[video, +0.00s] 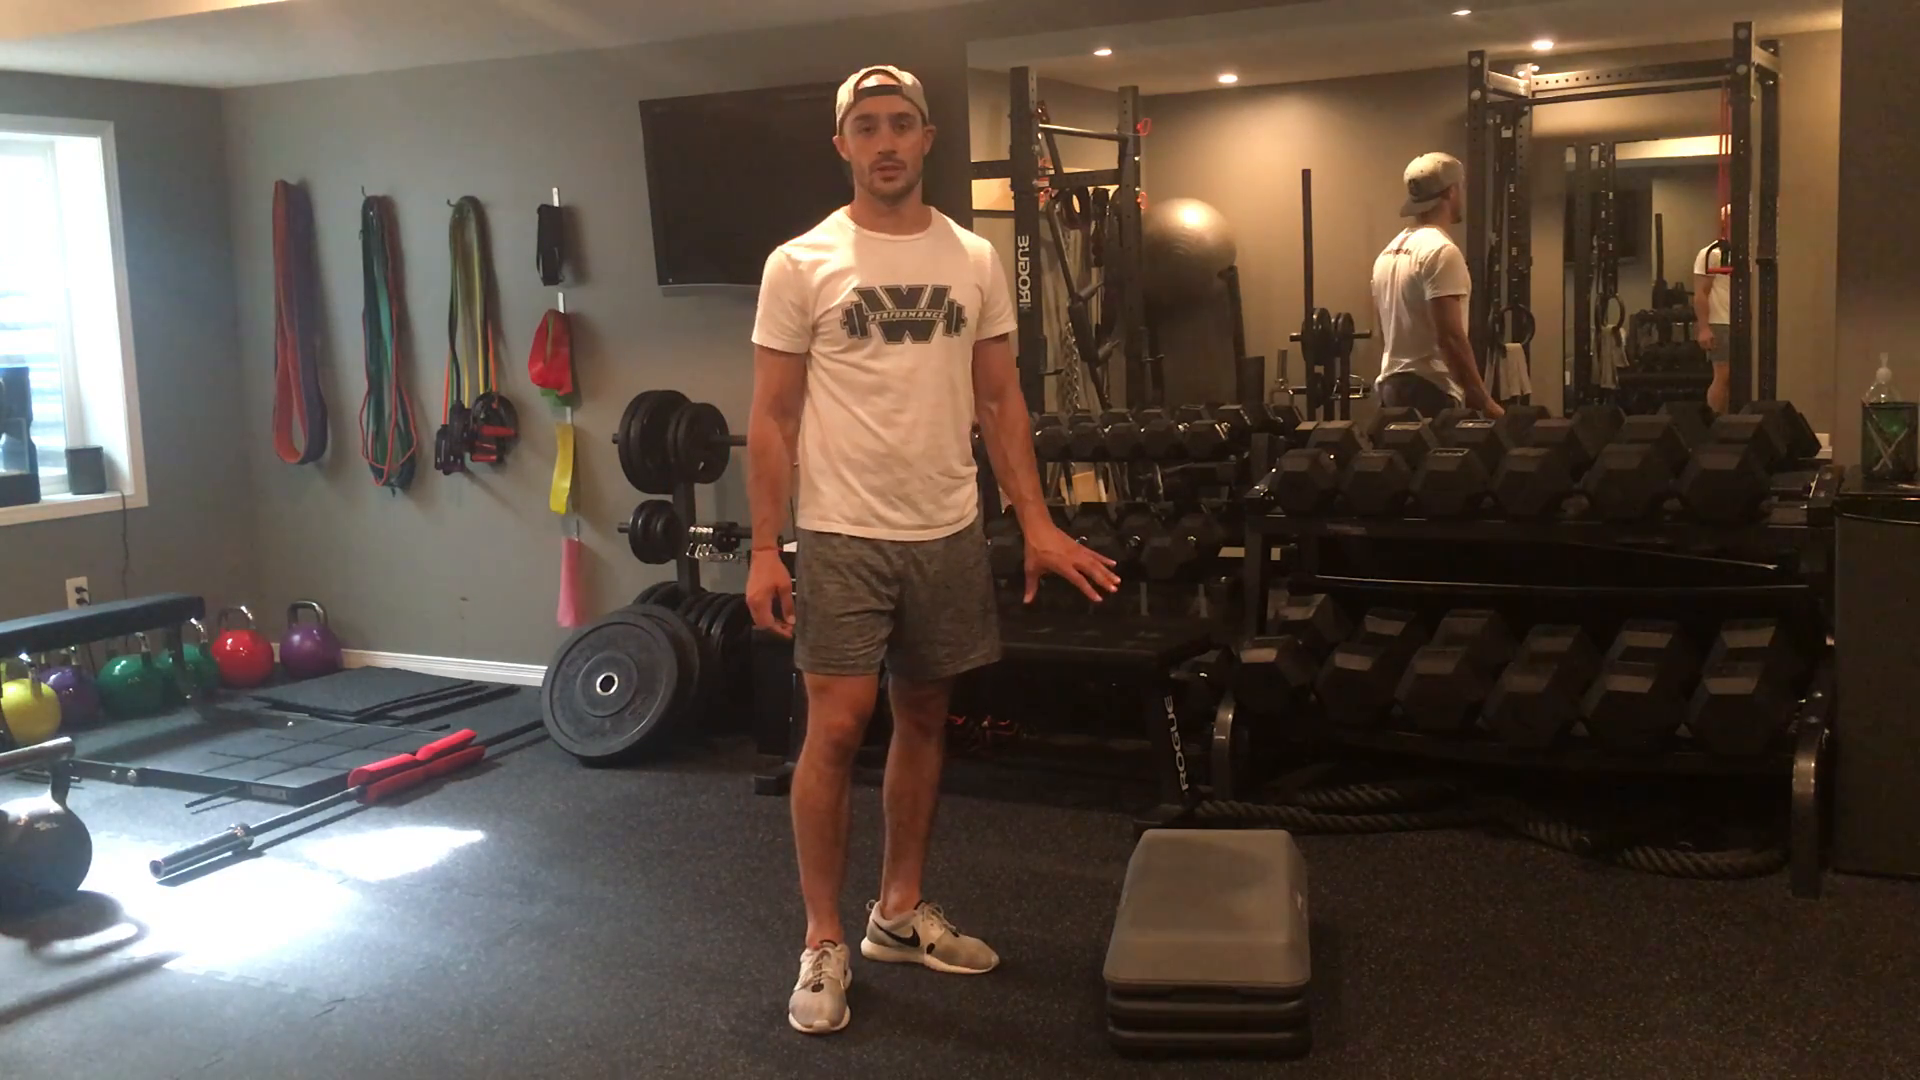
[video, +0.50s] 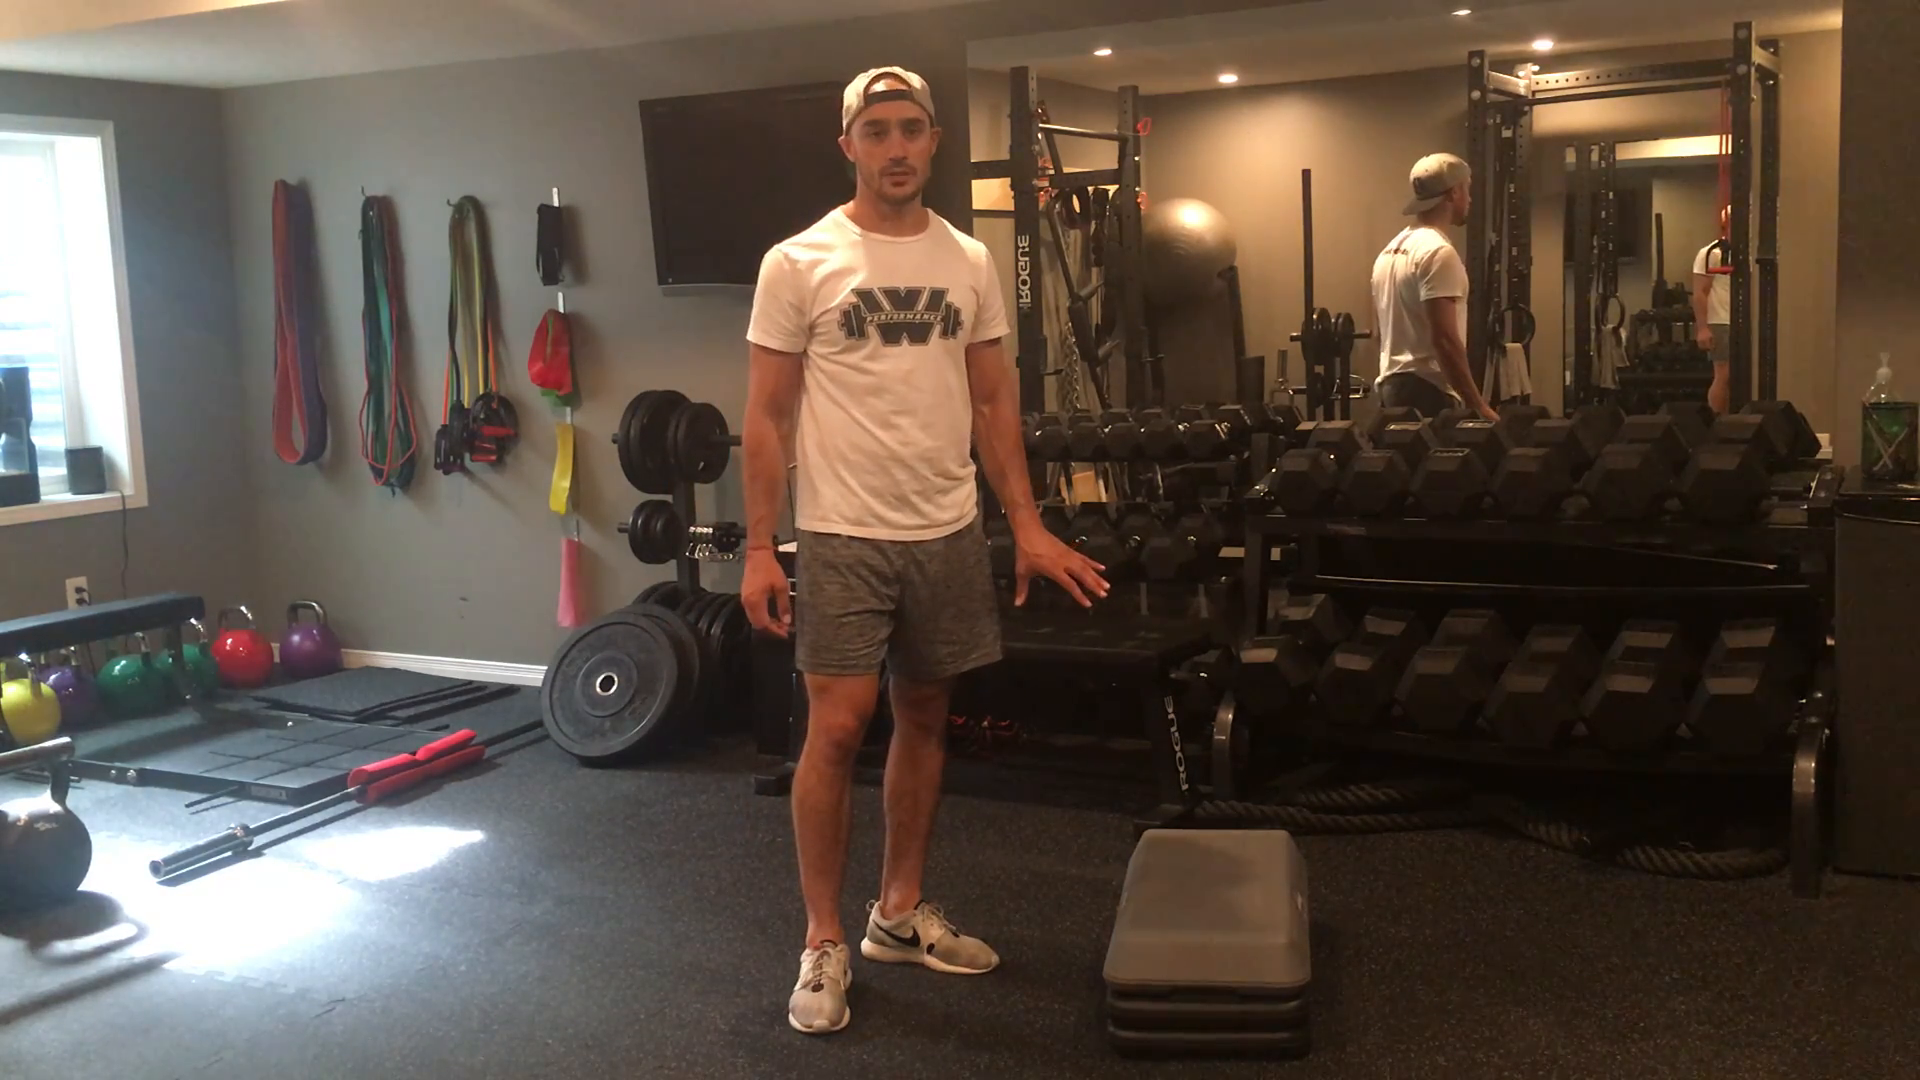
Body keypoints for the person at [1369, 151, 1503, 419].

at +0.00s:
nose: (1464, 196)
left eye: (1463, 188)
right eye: (1462, 188)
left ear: (1418, 197)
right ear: (1451, 193)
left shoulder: (1388, 253)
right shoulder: (1441, 250)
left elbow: (1386, 333)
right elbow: (1451, 338)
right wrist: (1483, 400)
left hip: (1391, 388)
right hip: (1431, 391)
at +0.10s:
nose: (1465, 197)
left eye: (1463, 189)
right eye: (1463, 189)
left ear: (1419, 197)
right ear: (1451, 193)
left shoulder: (1388, 253)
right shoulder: (1440, 250)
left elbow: (1384, 333)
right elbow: (1451, 338)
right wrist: (1484, 399)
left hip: (1391, 388)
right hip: (1431, 391)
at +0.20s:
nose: (1465, 197)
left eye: (1464, 188)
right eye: (1463, 189)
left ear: (1419, 197)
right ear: (1452, 194)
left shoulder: (1389, 252)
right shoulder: (1440, 251)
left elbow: (1383, 333)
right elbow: (1450, 338)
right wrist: (1483, 399)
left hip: (1391, 389)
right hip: (1431, 392)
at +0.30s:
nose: (1466, 198)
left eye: (1465, 189)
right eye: (1464, 189)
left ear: (1421, 196)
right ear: (1452, 193)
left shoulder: (1389, 252)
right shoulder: (1439, 250)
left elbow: (1384, 332)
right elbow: (1448, 338)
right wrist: (1481, 401)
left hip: (1392, 389)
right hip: (1430, 393)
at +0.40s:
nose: (1467, 198)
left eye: (1466, 190)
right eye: (1464, 189)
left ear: (1422, 196)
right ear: (1452, 194)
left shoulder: (1389, 251)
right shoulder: (1438, 251)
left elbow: (1380, 333)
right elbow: (1446, 338)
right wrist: (1478, 402)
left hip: (1391, 389)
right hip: (1429, 392)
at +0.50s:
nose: (1469, 199)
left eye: (1468, 190)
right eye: (1466, 190)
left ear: (1422, 196)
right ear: (1452, 194)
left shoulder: (1389, 251)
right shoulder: (1438, 252)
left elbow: (1379, 332)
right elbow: (1445, 340)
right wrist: (1477, 405)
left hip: (1390, 389)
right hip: (1427, 392)